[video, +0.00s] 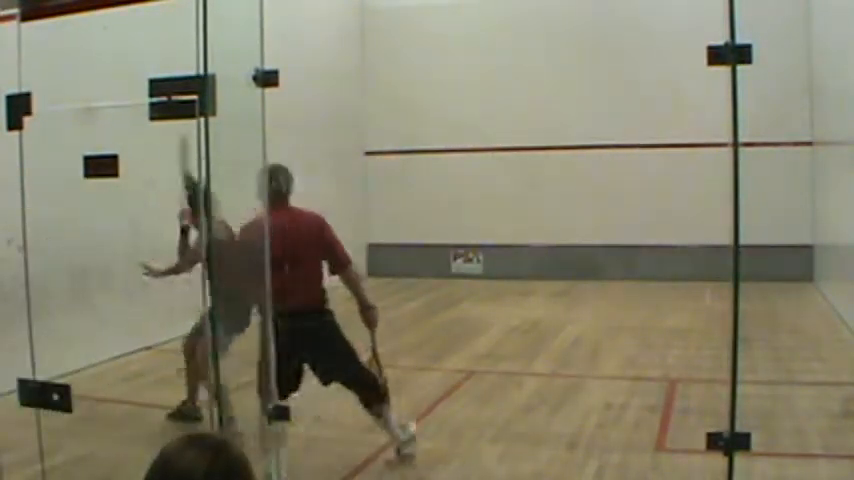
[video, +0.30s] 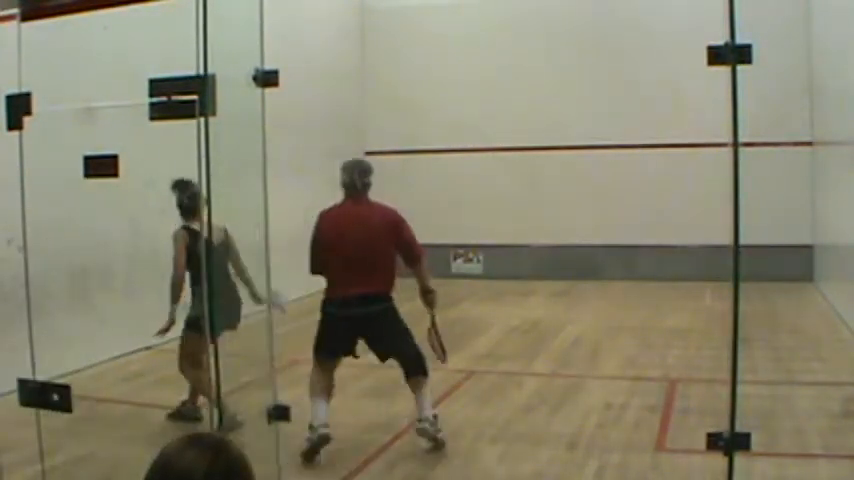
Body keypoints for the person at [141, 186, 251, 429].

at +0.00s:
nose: (188, 212)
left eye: (190, 208)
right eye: (189, 207)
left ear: (196, 208)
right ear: (208, 204)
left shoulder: (213, 232)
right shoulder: (212, 229)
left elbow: (187, 264)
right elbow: (185, 260)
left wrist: (161, 274)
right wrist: (184, 231)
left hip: (232, 308)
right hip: (222, 305)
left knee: (202, 353)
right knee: (190, 346)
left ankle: (225, 413)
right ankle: (191, 404)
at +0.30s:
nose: (179, 208)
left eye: (179, 204)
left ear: (179, 208)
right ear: (201, 204)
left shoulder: (182, 235)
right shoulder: (220, 231)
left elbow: (179, 276)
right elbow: (240, 268)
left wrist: (172, 314)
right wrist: (257, 296)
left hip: (203, 307)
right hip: (226, 304)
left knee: (187, 364)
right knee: (198, 354)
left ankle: (224, 411)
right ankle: (191, 403)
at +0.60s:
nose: (197, 191)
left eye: (196, 186)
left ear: (198, 188)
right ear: (222, 185)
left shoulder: (195, 221)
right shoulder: (238, 219)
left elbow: (189, 265)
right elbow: (253, 260)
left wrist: (184, 299)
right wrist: (261, 292)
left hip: (213, 297)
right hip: (240, 294)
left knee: (219, 355)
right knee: (221, 352)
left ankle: (234, 417)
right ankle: (222, 402)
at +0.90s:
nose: (208, 186)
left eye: (207, 181)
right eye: (214, 179)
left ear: (208, 183)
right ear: (232, 179)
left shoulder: (210, 215)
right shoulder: (248, 215)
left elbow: (206, 260)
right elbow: (254, 257)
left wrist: (201, 298)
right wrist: (255, 290)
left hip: (221, 298)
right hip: (249, 294)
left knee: (220, 356)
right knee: (251, 354)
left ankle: (236, 413)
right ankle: (265, 405)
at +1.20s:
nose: (188, 192)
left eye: (189, 186)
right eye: (190, 186)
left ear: (191, 188)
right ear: (212, 183)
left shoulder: (197, 216)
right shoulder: (227, 215)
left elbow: (204, 257)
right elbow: (230, 258)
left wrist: (202, 294)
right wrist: (222, 284)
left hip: (206, 292)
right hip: (233, 290)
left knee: (194, 344)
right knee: (244, 345)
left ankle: (196, 405)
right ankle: (265, 404)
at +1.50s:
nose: (139, 195)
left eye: (140, 190)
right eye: (139, 190)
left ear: (145, 190)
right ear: (164, 187)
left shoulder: (155, 217)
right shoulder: (176, 215)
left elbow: (169, 256)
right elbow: (179, 258)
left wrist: (167, 297)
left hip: (163, 294)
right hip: (185, 290)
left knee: (159, 346)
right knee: (189, 345)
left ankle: (168, 401)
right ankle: (238, 387)